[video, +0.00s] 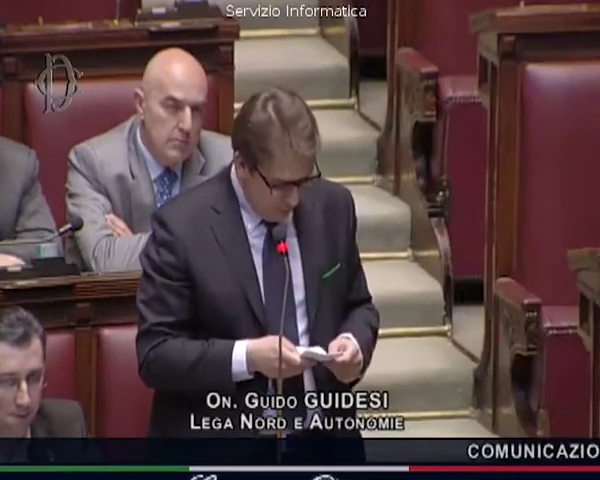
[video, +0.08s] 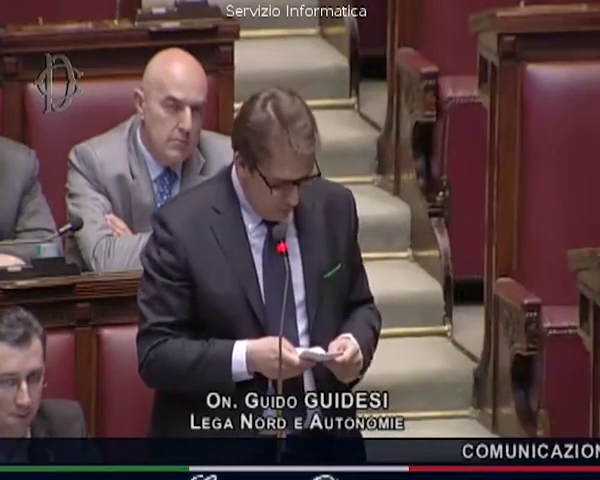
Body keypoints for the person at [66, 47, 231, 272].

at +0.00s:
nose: (187, 125)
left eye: (197, 110)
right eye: (172, 107)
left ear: (204, 109)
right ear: (140, 104)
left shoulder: (228, 156)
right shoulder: (91, 161)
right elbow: (106, 260)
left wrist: (138, 248)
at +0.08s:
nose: (187, 125)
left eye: (197, 110)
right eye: (172, 107)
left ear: (204, 109)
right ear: (140, 104)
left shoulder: (228, 156)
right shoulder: (91, 161)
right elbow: (106, 260)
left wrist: (138, 248)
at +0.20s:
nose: (187, 125)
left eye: (197, 110)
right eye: (172, 107)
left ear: (204, 109)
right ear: (140, 104)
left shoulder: (229, 156)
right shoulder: (91, 161)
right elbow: (105, 260)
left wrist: (138, 249)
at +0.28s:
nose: (187, 125)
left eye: (197, 110)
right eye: (172, 107)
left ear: (204, 109)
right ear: (140, 104)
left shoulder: (230, 156)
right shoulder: (91, 161)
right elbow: (105, 260)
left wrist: (138, 249)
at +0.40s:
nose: (186, 125)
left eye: (197, 110)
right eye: (172, 107)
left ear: (204, 109)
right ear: (141, 104)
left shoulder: (230, 157)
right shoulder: (91, 161)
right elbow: (105, 259)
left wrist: (138, 250)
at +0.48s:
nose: (187, 125)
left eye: (197, 110)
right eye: (172, 107)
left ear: (205, 109)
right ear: (140, 104)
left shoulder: (230, 157)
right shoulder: (91, 161)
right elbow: (105, 259)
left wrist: (138, 250)